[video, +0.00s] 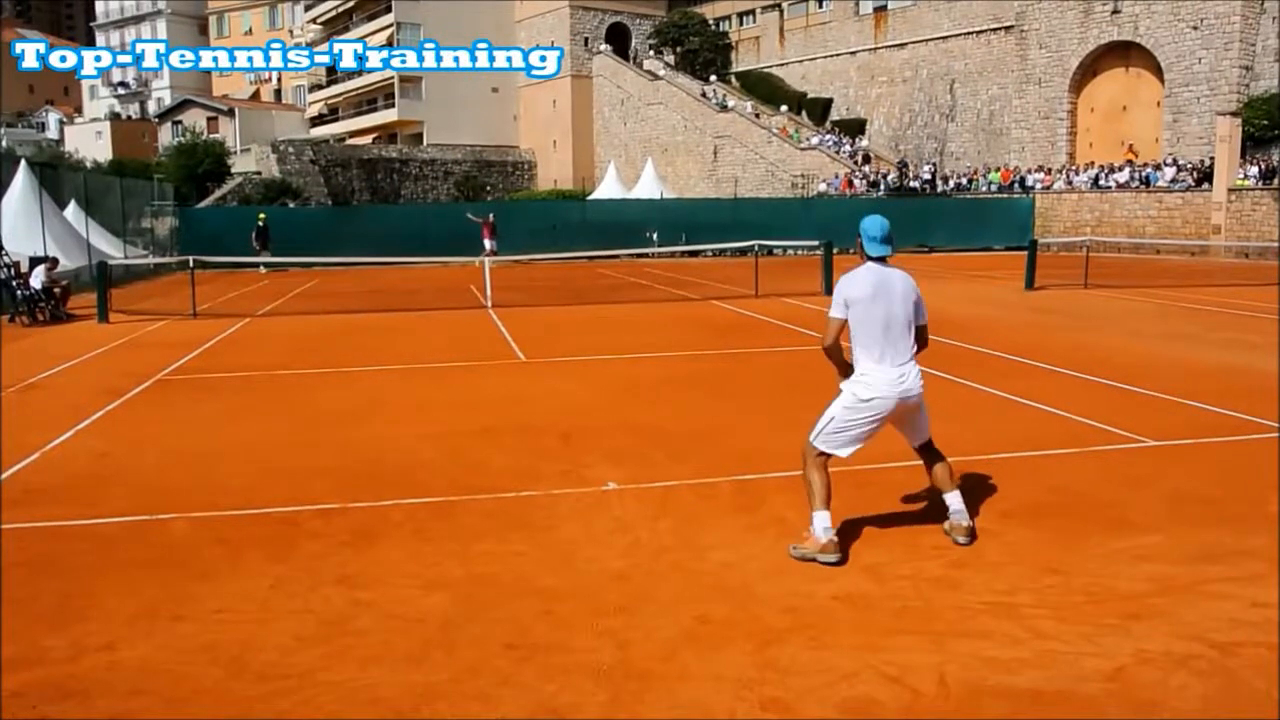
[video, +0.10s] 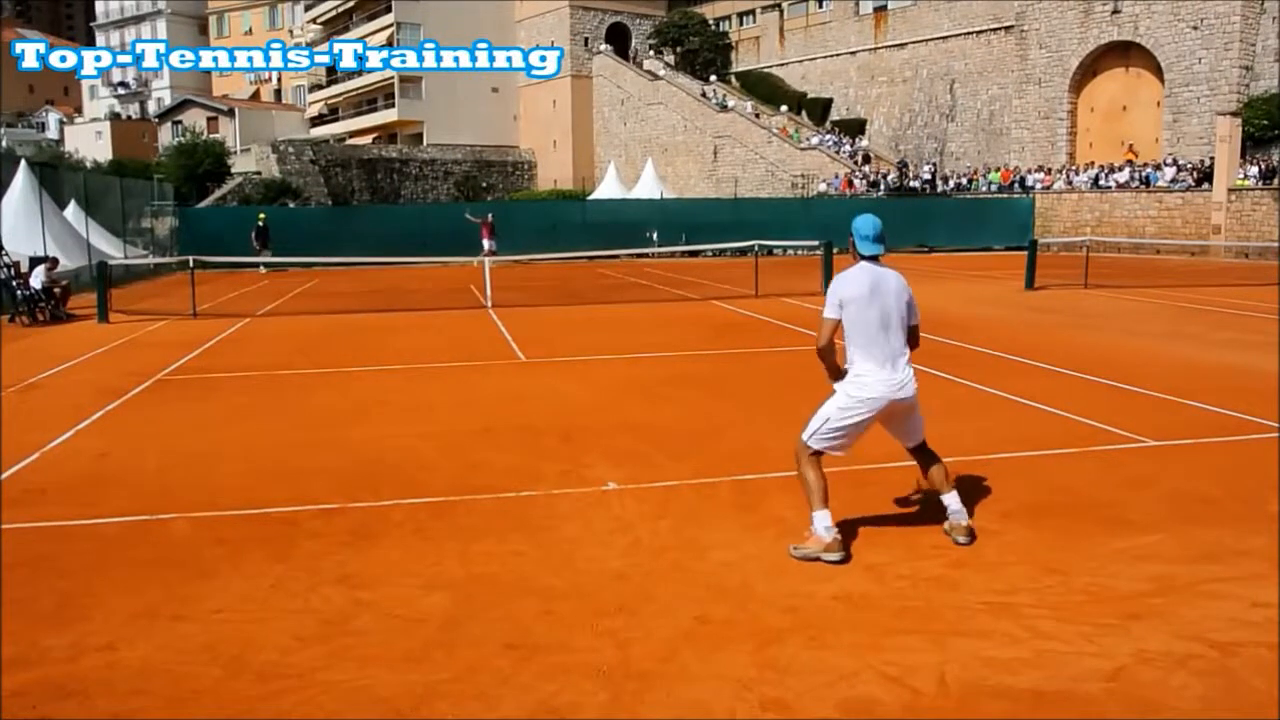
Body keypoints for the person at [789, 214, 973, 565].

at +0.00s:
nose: (864, 246)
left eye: (862, 241)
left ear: (860, 245)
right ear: (891, 244)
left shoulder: (849, 282)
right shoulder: (906, 281)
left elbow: (830, 343)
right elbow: (922, 340)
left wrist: (845, 369)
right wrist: (892, 360)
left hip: (868, 388)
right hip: (909, 384)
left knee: (815, 452)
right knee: (926, 447)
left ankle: (823, 537)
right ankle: (960, 519)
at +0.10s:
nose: (853, 246)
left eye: (851, 241)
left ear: (853, 244)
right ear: (882, 245)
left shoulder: (842, 282)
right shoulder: (899, 282)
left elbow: (824, 344)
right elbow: (913, 341)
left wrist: (836, 375)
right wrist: (880, 346)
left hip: (863, 387)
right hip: (902, 385)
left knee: (806, 449)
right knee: (920, 449)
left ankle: (824, 534)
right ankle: (959, 518)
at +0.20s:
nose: (854, 246)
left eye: (852, 241)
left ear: (853, 244)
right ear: (882, 244)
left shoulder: (842, 282)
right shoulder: (898, 282)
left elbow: (824, 343)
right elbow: (913, 340)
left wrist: (835, 373)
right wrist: (879, 348)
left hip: (863, 387)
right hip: (903, 385)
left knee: (806, 450)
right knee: (920, 449)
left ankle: (824, 534)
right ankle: (958, 517)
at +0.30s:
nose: (841, 242)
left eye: (841, 238)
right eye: (848, 236)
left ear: (844, 241)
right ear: (873, 241)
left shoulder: (835, 279)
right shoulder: (890, 279)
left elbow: (818, 341)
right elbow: (903, 337)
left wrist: (823, 370)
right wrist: (870, 353)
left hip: (855, 386)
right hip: (895, 384)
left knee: (799, 449)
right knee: (910, 450)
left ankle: (824, 535)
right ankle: (956, 519)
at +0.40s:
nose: (830, 239)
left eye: (831, 235)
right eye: (836, 234)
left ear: (834, 238)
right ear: (864, 238)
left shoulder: (827, 276)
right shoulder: (880, 275)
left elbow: (811, 337)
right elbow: (891, 335)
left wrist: (809, 366)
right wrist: (838, 357)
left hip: (848, 384)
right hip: (887, 380)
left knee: (796, 450)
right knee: (893, 449)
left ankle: (823, 536)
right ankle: (948, 515)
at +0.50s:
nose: (820, 238)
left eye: (820, 233)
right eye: (824, 232)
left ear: (823, 236)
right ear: (854, 236)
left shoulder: (819, 272)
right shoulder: (870, 272)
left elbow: (805, 332)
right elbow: (879, 331)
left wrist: (796, 361)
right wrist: (829, 352)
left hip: (843, 383)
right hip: (879, 378)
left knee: (793, 450)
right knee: (874, 448)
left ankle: (824, 537)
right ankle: (933, 508)